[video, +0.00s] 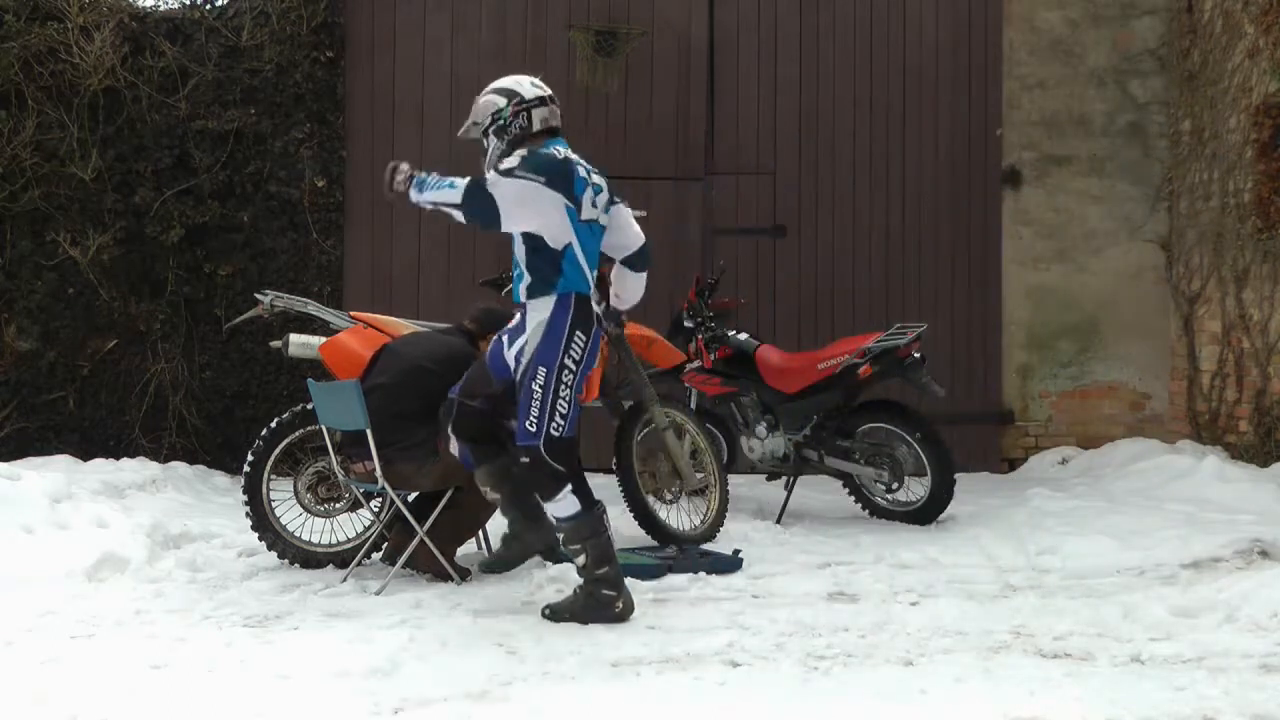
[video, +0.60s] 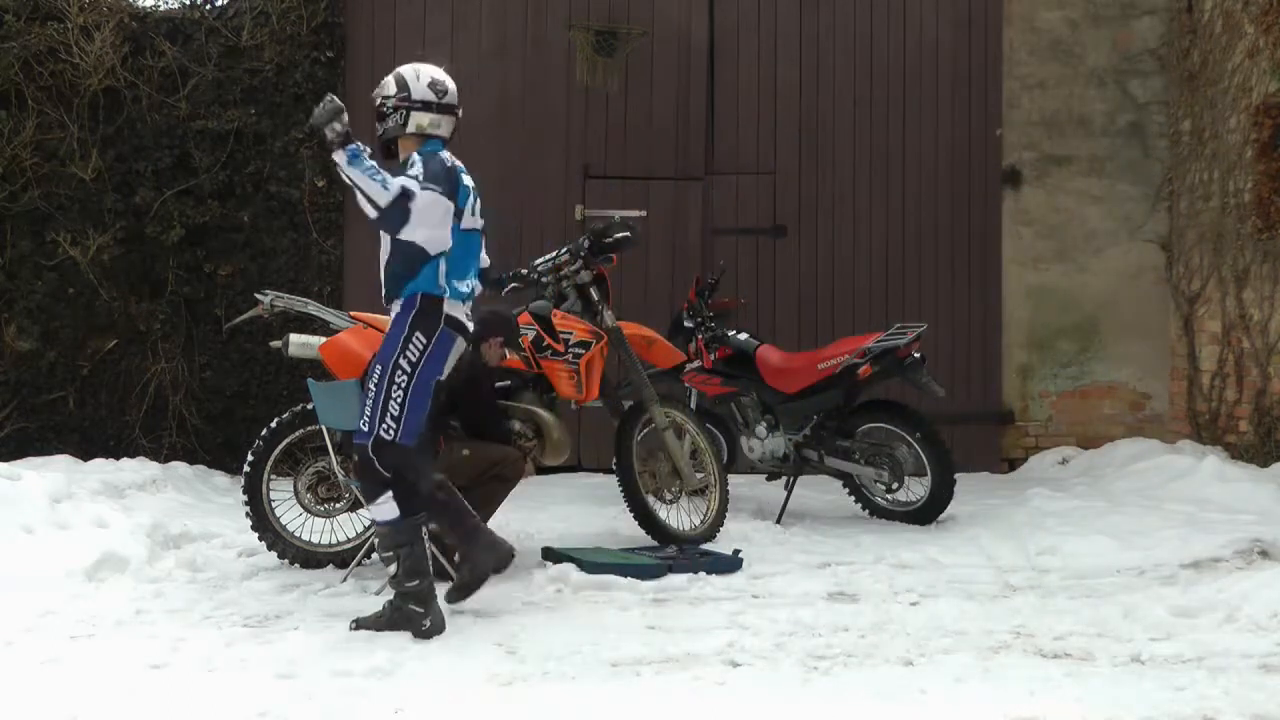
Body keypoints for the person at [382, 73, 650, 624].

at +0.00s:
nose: (486, 144)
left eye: (489, 132)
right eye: (484, 134)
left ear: (511, 125)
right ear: (542, 122)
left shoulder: (534, 166)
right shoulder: (578, 170)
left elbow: (480, 199)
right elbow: (632, 244)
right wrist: (619, 304)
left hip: (564, 317)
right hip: (543, 316)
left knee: (541, 450)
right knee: (467, 410)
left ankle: (604, 586)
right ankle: (527, 526)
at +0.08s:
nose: (477, 132)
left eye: (481, 121)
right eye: (478, 122)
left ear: (498, 116)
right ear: (540, 117)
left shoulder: (506, 165)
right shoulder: (566, 168)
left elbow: (451, 229)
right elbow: (612, 232)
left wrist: (400, 262)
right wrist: (593, 258)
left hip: (536, 316)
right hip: (524, 315)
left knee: (525, 451)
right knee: (472, 433)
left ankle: (600, 580)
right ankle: (508, 572)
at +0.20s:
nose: (461, 137)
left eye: (466, 126)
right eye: (463, 127)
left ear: (482, 122)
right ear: (523, 130)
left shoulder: (496, 173)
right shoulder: (544, 179)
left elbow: (485, 260)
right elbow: (573, 232)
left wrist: (455, 341)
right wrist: (567, 175)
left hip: (507, 326)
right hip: (530, 325)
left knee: (439, 447)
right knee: (478, 446)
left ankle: (548, 533)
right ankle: (509, 578)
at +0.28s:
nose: (443, 148)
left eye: (444, 136)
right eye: (445, 138)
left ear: (457, 126)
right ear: (501, 128)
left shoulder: (490, 174)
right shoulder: (519, 171)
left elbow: (502, 258)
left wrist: (477, 335)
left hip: (486, 331)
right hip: (513, 332)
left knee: (392, 424)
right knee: (477, 442)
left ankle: (490, 502)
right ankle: (511, 579)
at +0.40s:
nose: (414, 145)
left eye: (414, 132)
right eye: (411, 135)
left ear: (432, 120)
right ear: (469, 115)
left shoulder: (476, 162)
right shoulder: (469, 170)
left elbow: (506, 240)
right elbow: (486, 250)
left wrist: (463, 294)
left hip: (466, 320)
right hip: (483, 324)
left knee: (371, 410)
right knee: (474, 451)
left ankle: (427, 532)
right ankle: (512, 579)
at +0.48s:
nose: (403, 124)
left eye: (406, 112)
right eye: (402, 114)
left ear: (425, 106)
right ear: (457, 105)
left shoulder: (455, 159)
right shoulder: (470, 156)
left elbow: (468, 233)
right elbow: (469, 237)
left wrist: (412, 232)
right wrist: (412, 238)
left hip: (449, 309)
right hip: (473, 311)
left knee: (381, 420)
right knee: (464, 441)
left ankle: (409, 574)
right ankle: (509, 575)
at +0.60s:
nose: (381, 121)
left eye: (385, 111)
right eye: (383, 111)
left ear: (401, 114)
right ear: (440, 118)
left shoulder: (431, 167)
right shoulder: (450, 171)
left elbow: (405, 216)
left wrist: (345, 148)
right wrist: (353, 161)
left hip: (427, 314)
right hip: (440, 314)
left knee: (375, 448)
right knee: (392, 445)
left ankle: (413, 597)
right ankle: (477, 543)